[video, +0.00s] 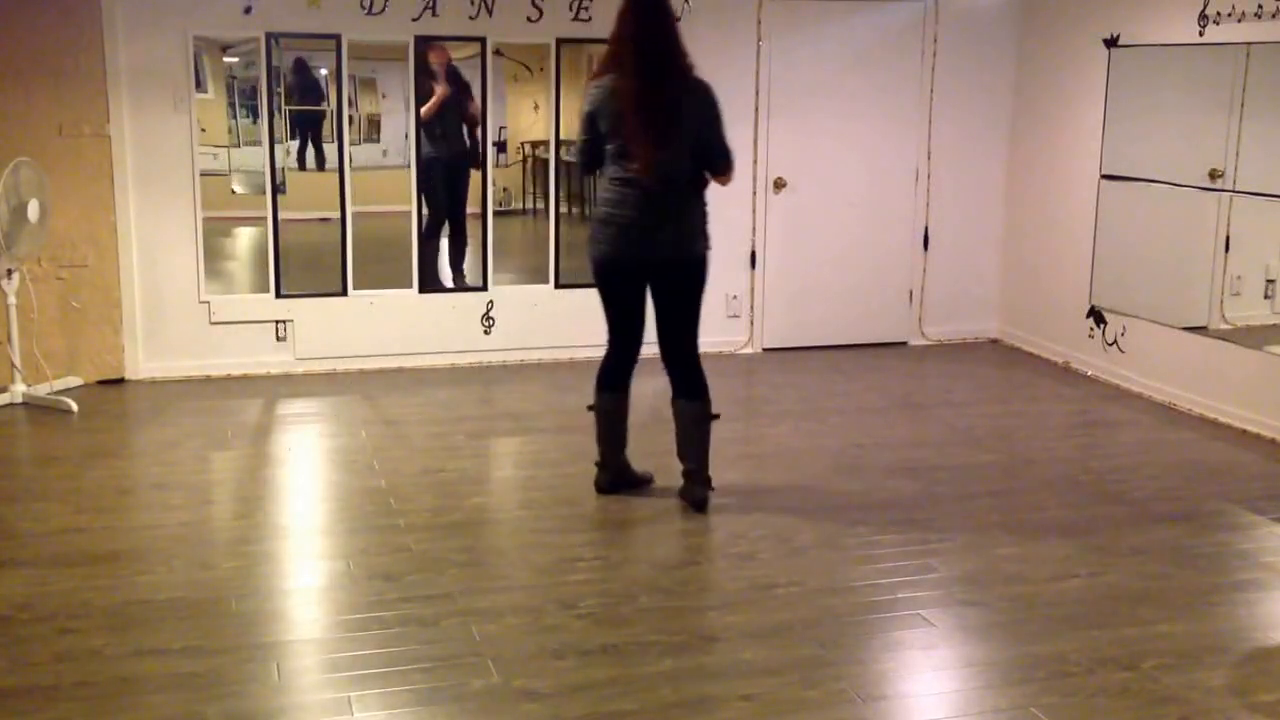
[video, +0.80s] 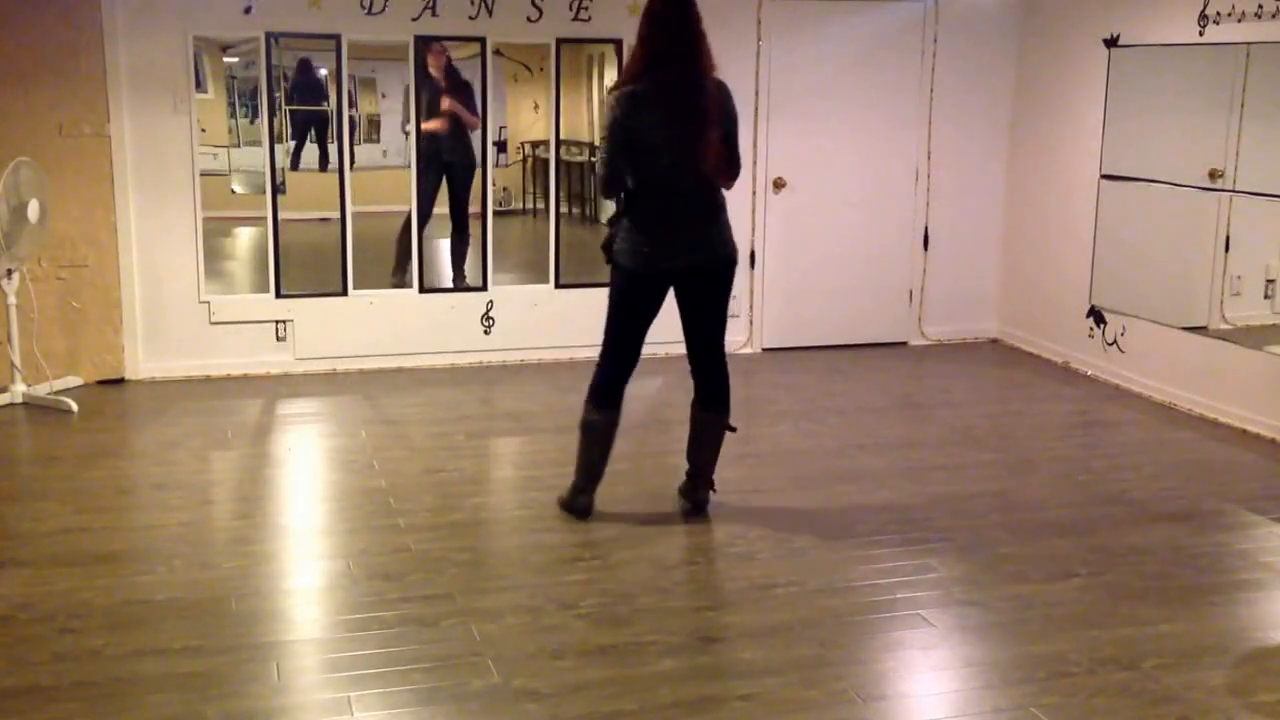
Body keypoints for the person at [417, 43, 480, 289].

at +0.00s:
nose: (441, 55)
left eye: (444, 50)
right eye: (435, 51)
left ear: (449, 55)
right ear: (426, 56)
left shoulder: (456, 79)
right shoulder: (420, 81)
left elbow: (473, 116)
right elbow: (417, 118)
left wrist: (472, 111)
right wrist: (439, 95)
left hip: (458, 155)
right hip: (431, 157)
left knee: (458, 217)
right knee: (438, 215)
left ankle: (458, 273)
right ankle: (428, 276)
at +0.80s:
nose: (441, 55)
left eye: (443, 51)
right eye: (436, 51)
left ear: (448, 55)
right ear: (425, 56)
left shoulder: (462, 86)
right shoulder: (418, 85)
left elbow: (476, 124)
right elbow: (407, 125)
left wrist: (457, 108)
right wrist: (430, 125)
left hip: (460, 156)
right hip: (430, 157)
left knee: (459, 215)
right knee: (420, 212)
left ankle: (459, 274)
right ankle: (399, 271)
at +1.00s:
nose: (428, 55)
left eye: (431, 50)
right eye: (422, 51)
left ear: (435, 54)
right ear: (414, 55)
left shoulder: (450, 85)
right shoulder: (404, 85)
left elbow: (462, 121)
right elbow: (395, 125)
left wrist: (455, 138)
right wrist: (407, 149)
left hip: (446, 156)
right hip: (415, 157)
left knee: (451, 214)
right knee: (409, 215)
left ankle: (459, 276)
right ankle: (398, 274)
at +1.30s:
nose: (411, 61)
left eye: (414, 56)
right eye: (407, 56)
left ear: (420, 58)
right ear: (398, 60)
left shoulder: (432, 85)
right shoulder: (389, 86)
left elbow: (442, 124)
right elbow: (374, 124)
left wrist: (438, 152)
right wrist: (387, 149)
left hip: (427, 159)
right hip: (396, 159)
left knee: (437, 217)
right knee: (397, 214)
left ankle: (449, 274)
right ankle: (397, 273)